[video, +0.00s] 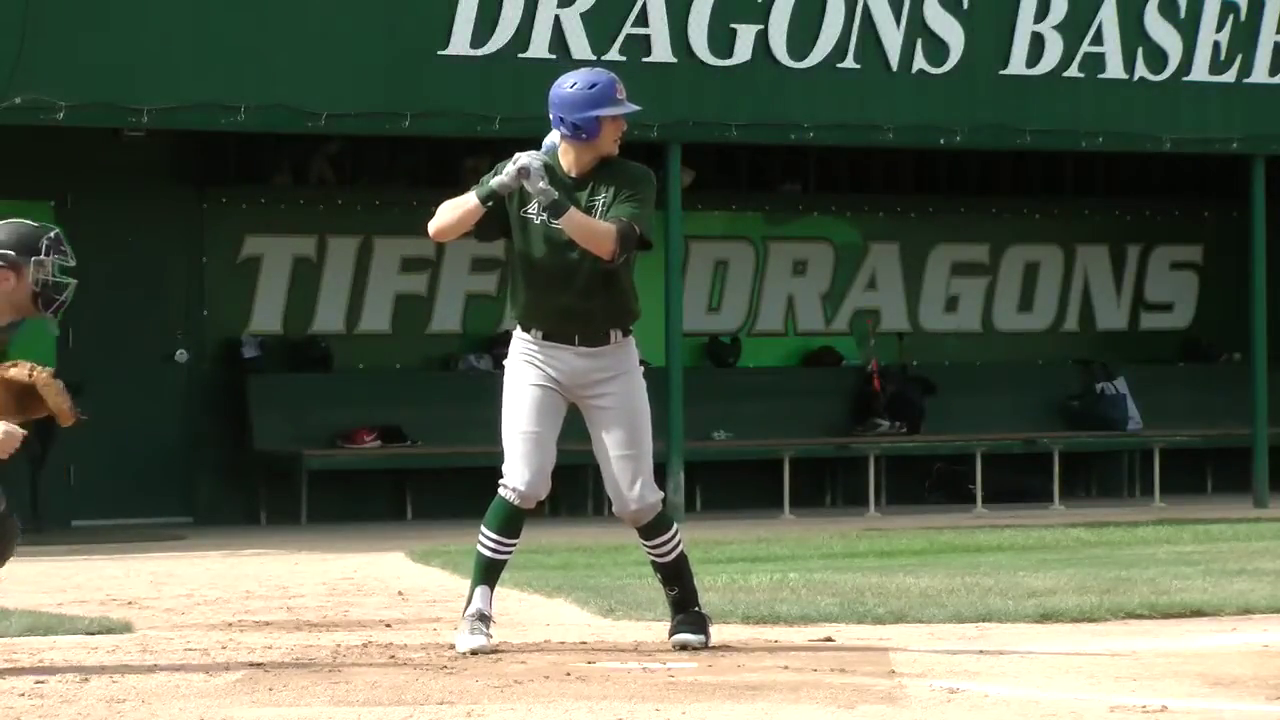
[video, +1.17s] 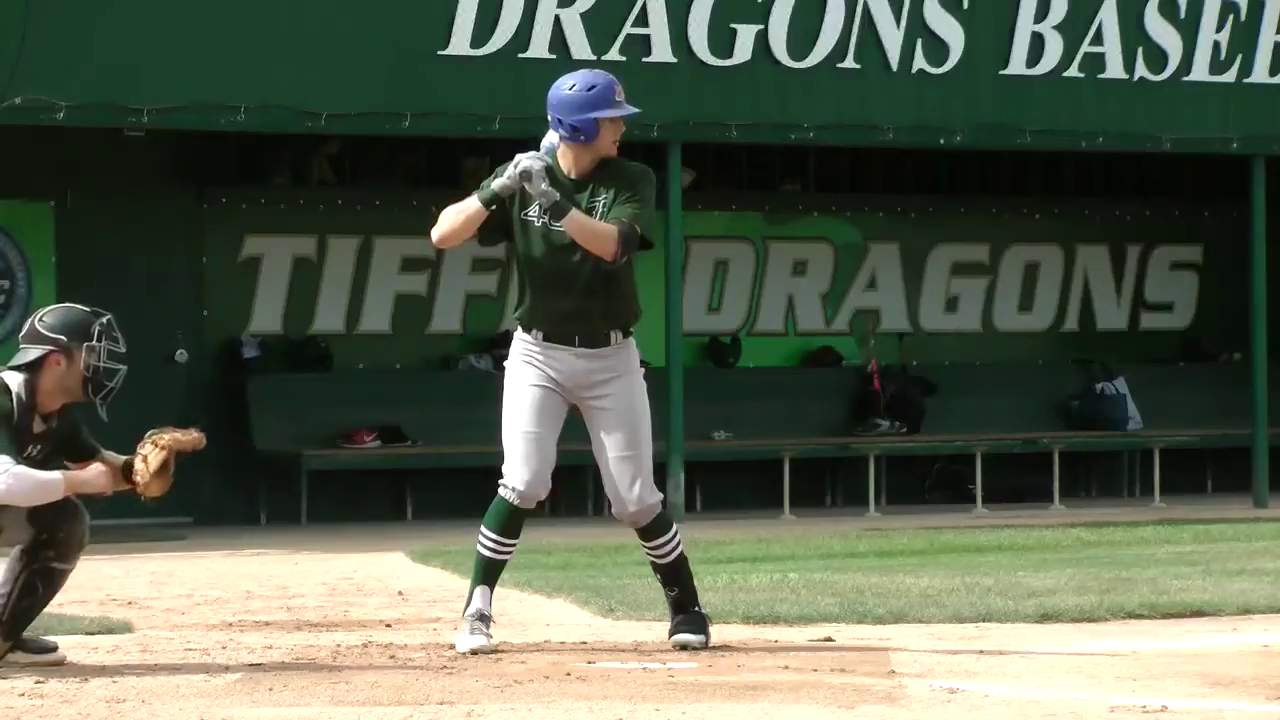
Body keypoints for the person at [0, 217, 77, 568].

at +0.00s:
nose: (48, 284)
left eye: (49, 273)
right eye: (40, 274)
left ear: (9, 278)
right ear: (7, 277)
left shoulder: (41, 328)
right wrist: (2, 428)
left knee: (9, 531)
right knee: (7, 530)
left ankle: (30, 514)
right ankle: (24, 514)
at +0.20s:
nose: (64, 301)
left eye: (66, 290)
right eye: (58, 288)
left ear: (27, 288)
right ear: (25, 285)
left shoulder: (17, 346)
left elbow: (21, 405)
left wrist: (55, 424)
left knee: (30, 475)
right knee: (23, 476)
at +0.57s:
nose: (91, 338)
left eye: (91, 329)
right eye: (83, 329)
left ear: (51, 335)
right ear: (49, 333)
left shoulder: (48, 385)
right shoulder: (3, 373)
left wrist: (100, 434)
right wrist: (20, 485)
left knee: (61, 510)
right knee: (8, 519)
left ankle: (7, 636)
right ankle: (4, 633)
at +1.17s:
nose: (99, 368)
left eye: (99, 357)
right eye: (91, 357)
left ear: (59, 364)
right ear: (56, 361)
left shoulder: (56, 414)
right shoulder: (4, 398)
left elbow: (93, 461)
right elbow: (5, 483)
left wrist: (142, 469)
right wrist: (74, 481)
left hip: (6, 514)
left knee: (66, 519)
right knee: (61, 519)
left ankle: (6, 635)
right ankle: (6, 635)